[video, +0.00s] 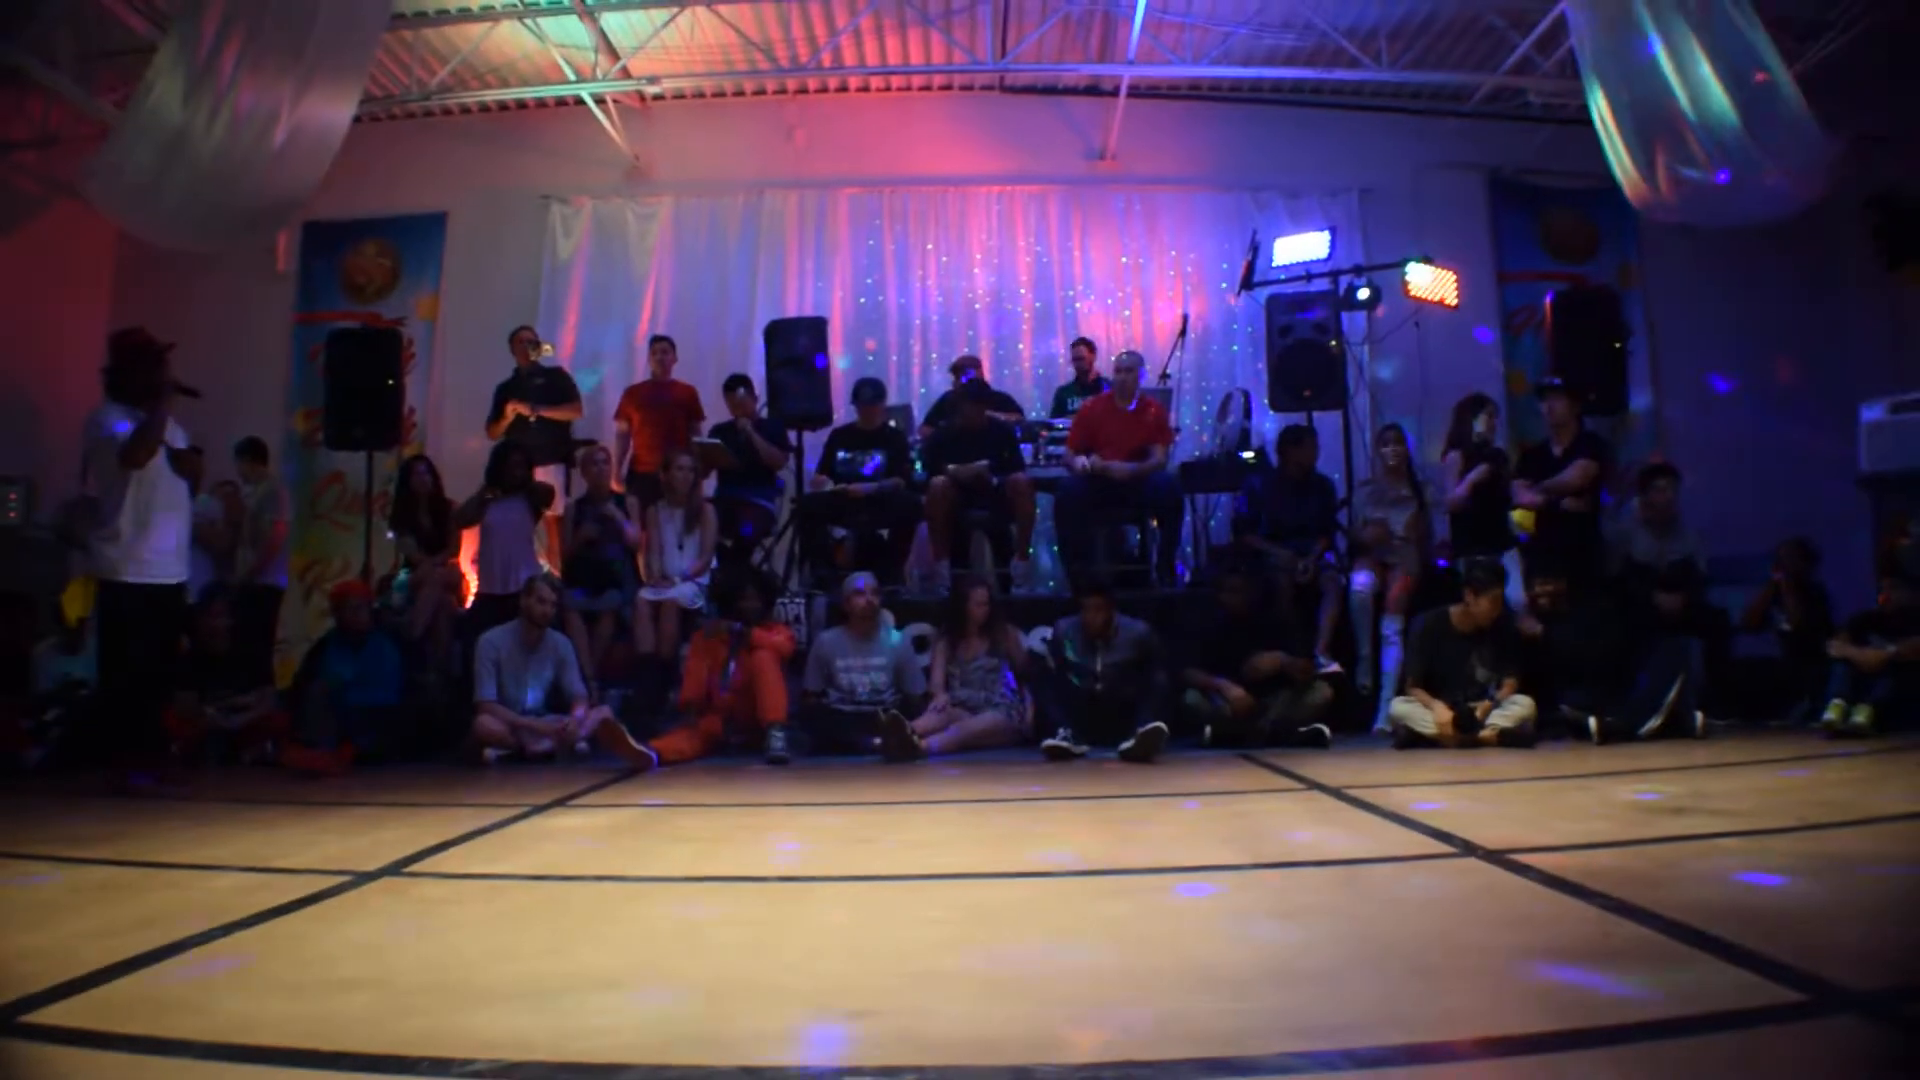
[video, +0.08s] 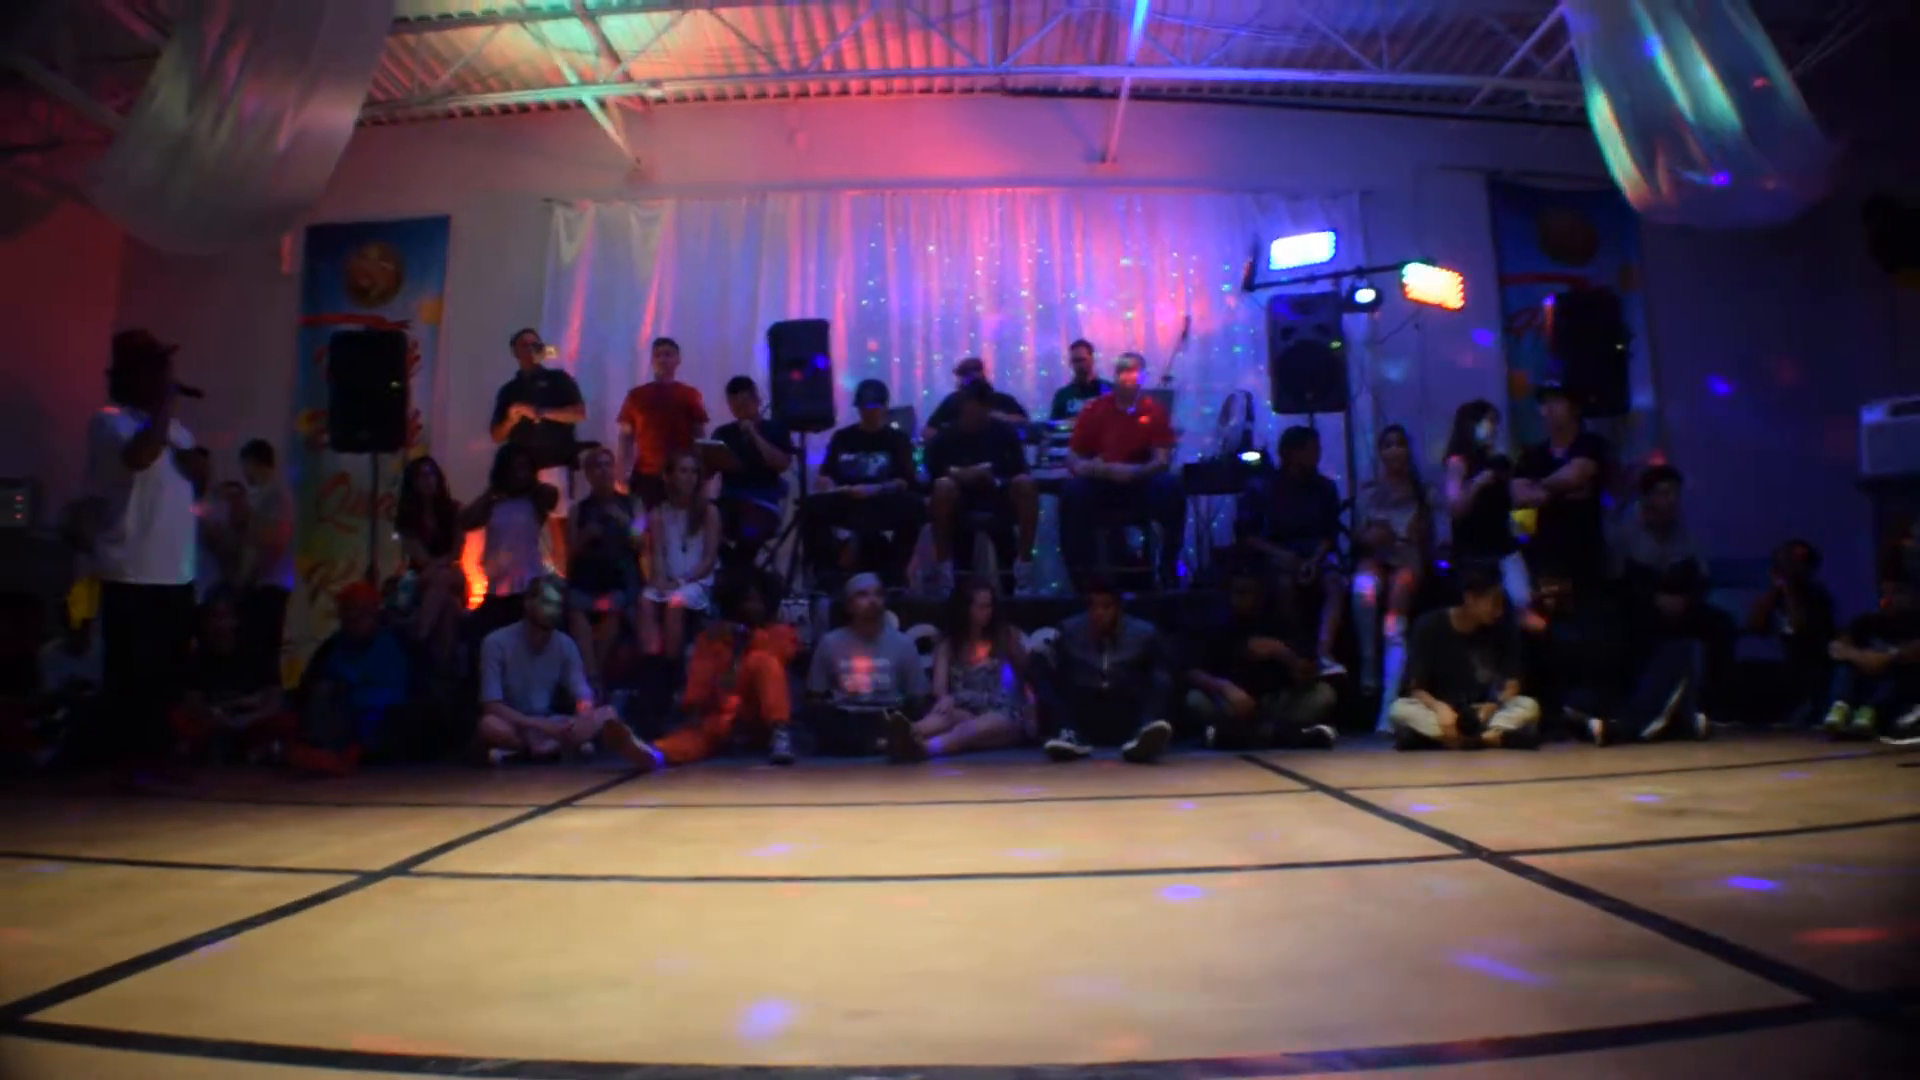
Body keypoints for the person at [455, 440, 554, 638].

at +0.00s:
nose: (515, 472)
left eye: (520, 465)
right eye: (509, 465)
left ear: (527, 468)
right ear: (497, 467)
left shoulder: (530, 500)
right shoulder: (487, 503)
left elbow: (548, 492)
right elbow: (460, 519)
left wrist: (524, 483)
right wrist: (483, 494)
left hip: (523, 590)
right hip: (490, 591)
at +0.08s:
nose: (520, 473)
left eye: (524, 466)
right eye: (514, 467)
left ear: (531, 469)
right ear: (502, 469)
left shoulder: (535, 501)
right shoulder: (493, 504)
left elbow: (551, 494)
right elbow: (465, 521)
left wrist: (527, 483)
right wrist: (491, 494)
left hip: (530, 591)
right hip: (498, 593)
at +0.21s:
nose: (543, 473)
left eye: (548, 467)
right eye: (538, 467)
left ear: (555, 470)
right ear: (526, 469)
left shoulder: (558, 500)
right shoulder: (518, 502)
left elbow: (576, 495)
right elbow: (490, 522)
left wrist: (552, 483)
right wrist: (515, 494)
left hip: (552, 590)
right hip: (520, 590)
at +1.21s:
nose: (530, 473)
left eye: (536, 467)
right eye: (526, 467)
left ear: (547, 471)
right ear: (518, 471)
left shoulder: (553, 500)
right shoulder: (513, 505)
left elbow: (557, 511)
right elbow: (488, 517)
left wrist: (555, 491)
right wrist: (514, 493)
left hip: (545, 593)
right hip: (511, 593)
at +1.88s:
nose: (538, 471)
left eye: (542, 465)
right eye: (532, 465)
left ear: (548, 470)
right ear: (518, 469)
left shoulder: (555, 503)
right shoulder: (505, 503)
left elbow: (555, 532)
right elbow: (486, 539)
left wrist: (549, 500)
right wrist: (506, 502)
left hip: (544, 595)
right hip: (509, 594)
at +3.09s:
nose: (534, 470)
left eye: (540, 465)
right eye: (528, 464)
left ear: (547, 470)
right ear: (515, 468)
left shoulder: (554, 500)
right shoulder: (501, 500)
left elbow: (566, 546)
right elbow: (491, 546)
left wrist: (557, 511)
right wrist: (496, 513)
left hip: (544, 593)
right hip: (508, 593)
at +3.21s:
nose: (534, 470)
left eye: (539, 464)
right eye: (528, 464)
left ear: (546, 470)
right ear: (515, 468)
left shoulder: (553, 501)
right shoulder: (501, 501)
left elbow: (564, 548)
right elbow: (491, 543)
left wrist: (557, 512)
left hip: (543, 591)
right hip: (508, 590)